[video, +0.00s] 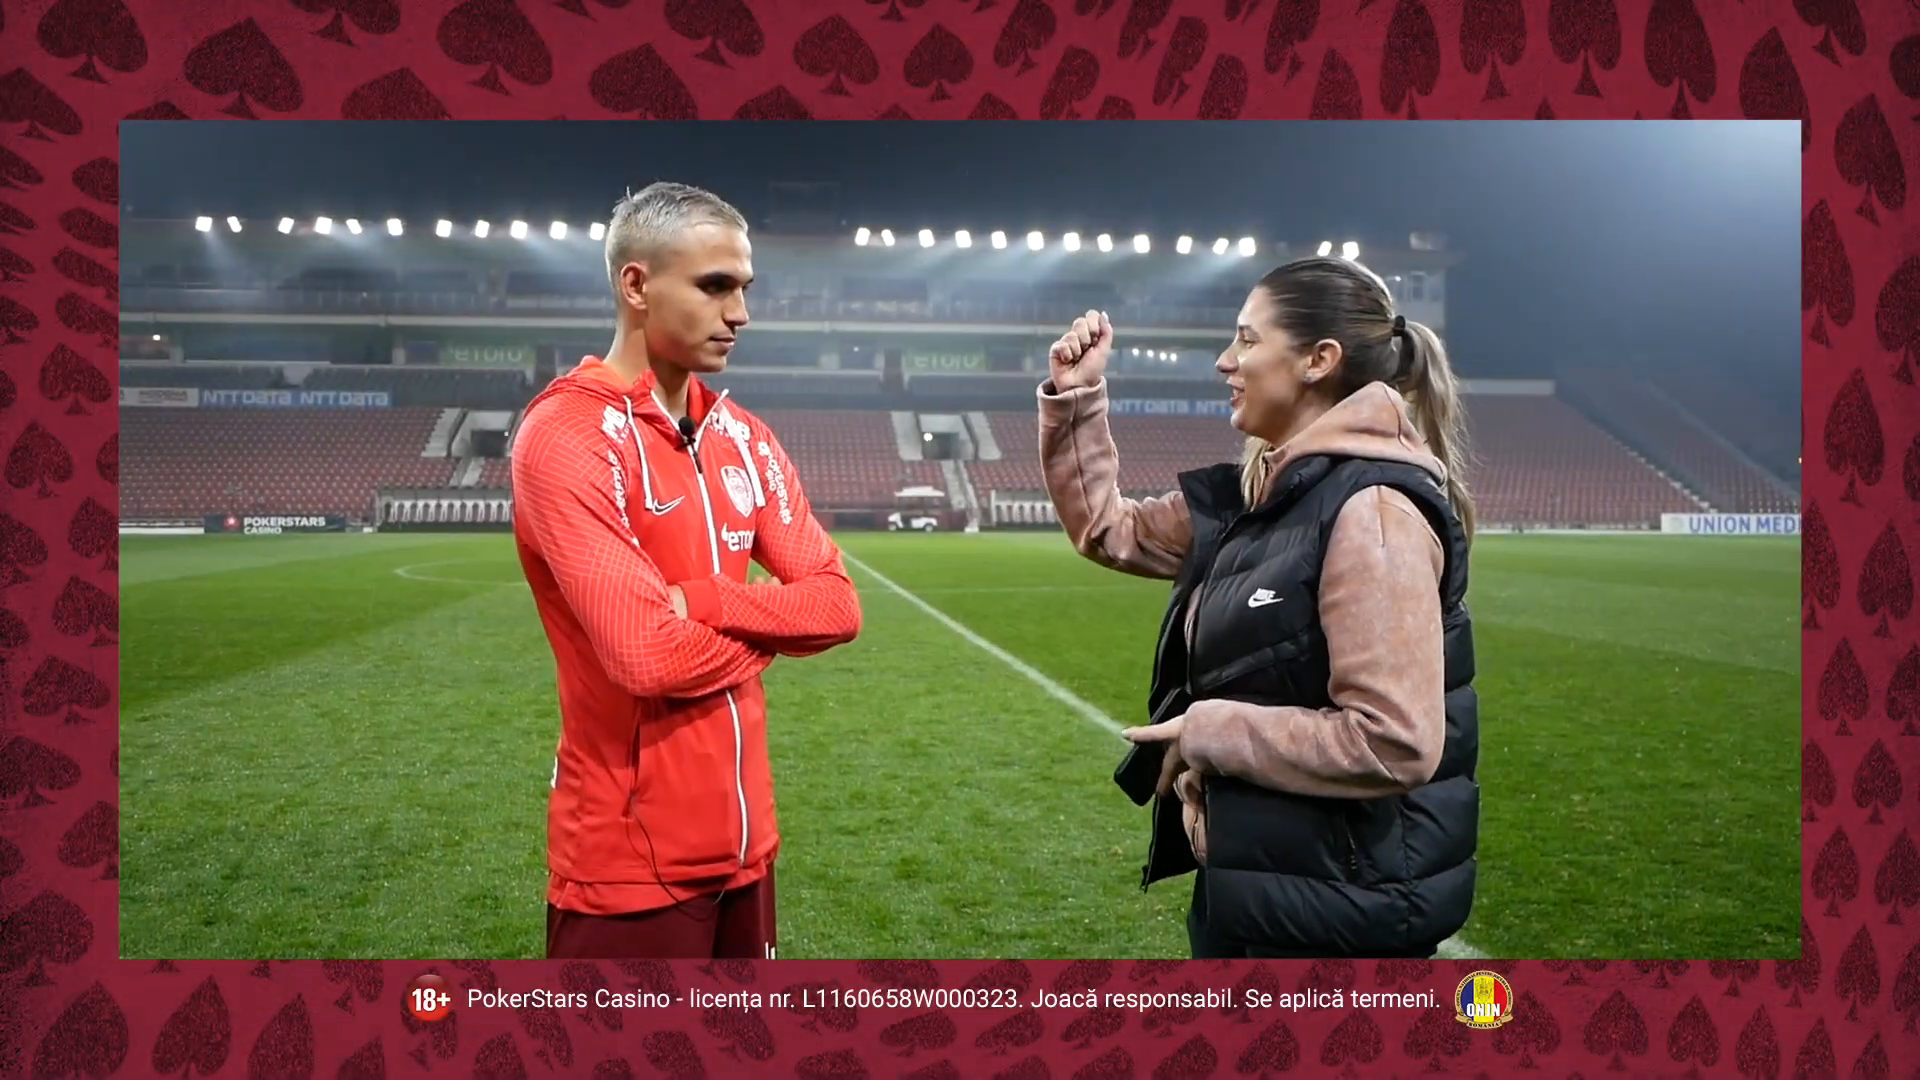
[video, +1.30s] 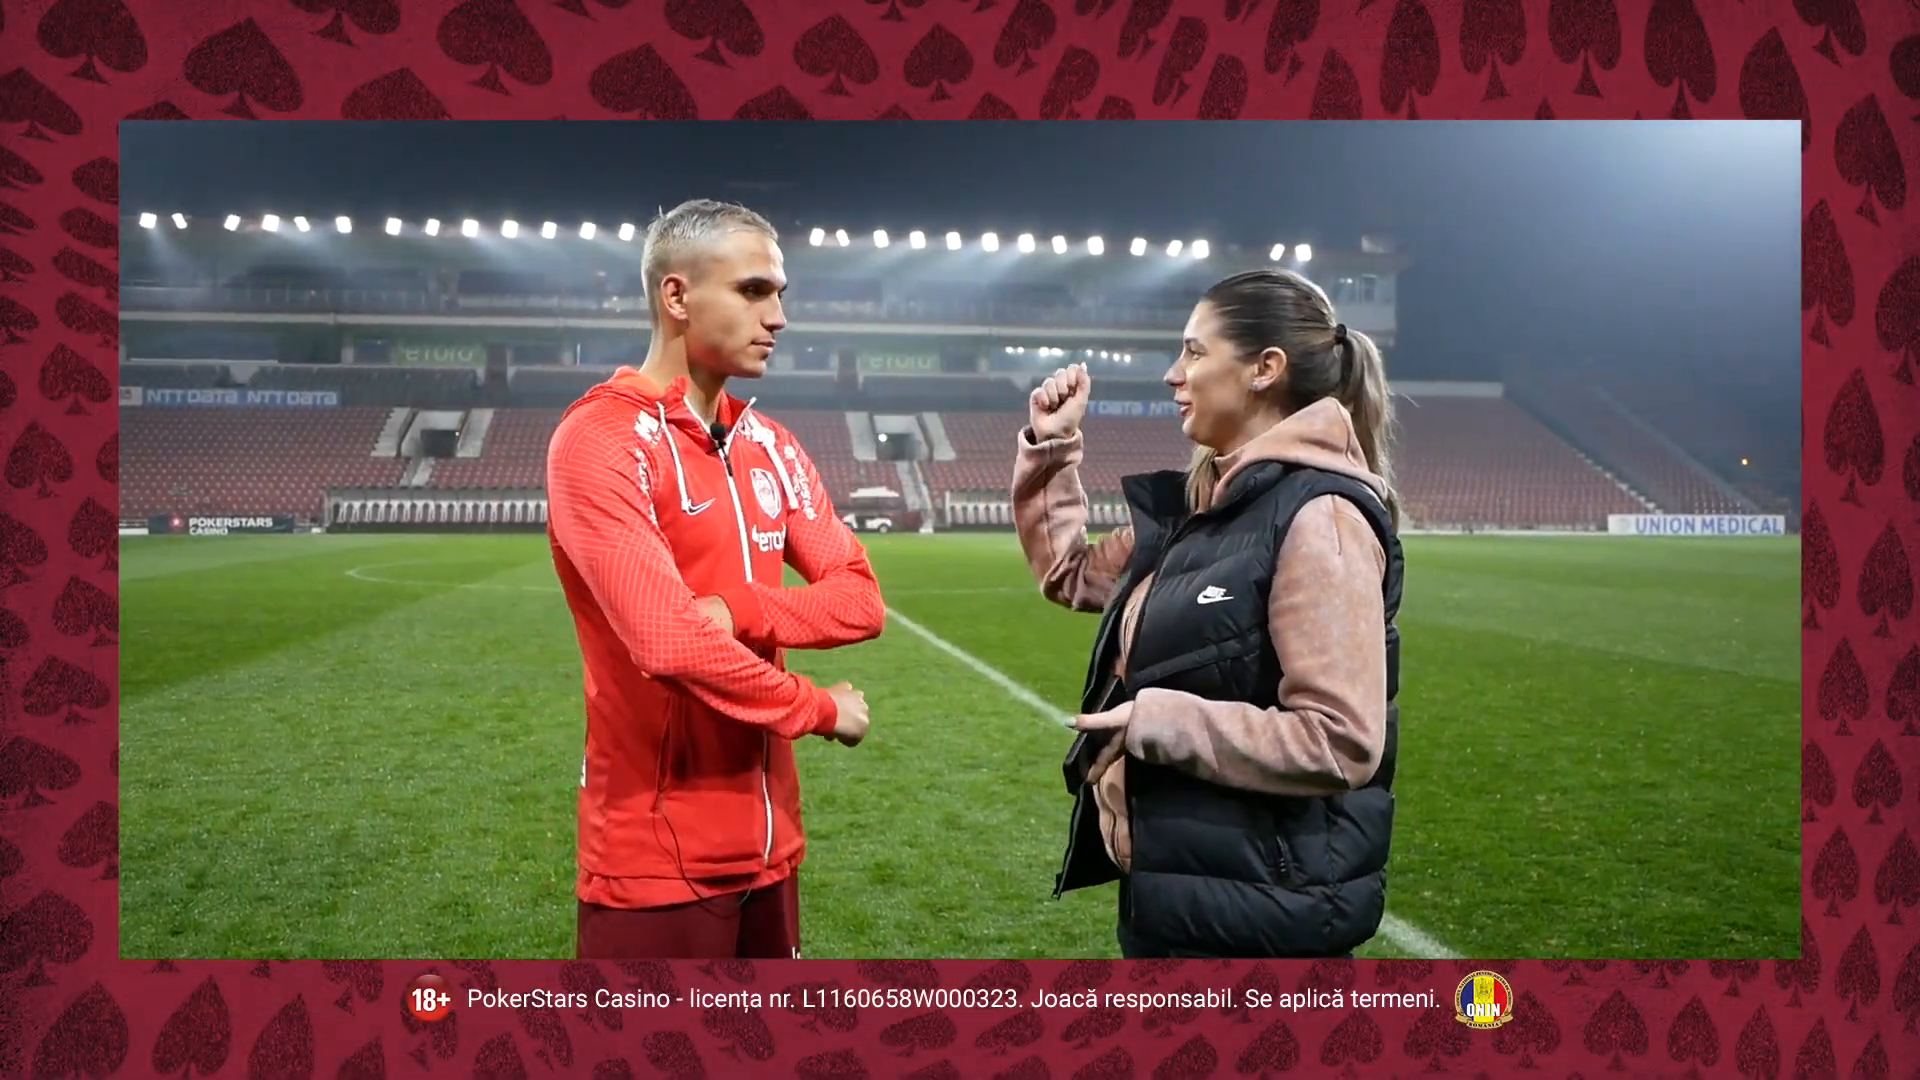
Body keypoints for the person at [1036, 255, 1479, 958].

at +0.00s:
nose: (1224, 361)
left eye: (1246, 340)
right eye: (1233, 341)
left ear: (1320, 360)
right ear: (1317, 362)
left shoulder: (1374, 512)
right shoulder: (1265, 492)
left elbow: (1395, 742)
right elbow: (1107, 530)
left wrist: (1211, 729)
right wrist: (1076, 399)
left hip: (1332, 918)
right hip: (1261, 904)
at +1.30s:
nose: (1173, 375)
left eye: (1194, 353)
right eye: (1180, 354)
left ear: (1266, 369)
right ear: (1263, 371)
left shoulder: (1322, 517)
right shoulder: (1215, 505)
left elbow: (1339, 742)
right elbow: (1069, 574)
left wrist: (1153, 720)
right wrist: (1050, 450)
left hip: (1258, 918)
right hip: (1183, 906)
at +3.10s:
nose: (1195, 393)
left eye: (1217, 370)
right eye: (1204, 372)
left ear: (1287, 386)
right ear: (1277, 385)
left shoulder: (1344, 525)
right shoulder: (1242, 512)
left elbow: (1286, 721)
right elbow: (1151, 673)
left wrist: (1138, 623)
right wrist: (1050, 606)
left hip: (1299, 909)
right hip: (1223, 900)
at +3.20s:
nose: (1198, 391)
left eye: (1218, 370)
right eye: (1205, 371)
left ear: (1288, 387)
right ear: (1285, 389)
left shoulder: (1342, 526)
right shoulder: (1246, 512)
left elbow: (1287, 729)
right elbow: (1167, 669)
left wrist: (1118, 664)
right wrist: (1049, 615)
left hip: (1294, 911)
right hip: (1223, 901)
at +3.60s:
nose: (1178, 383)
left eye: (1203, 361)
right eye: (1190, 362)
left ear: (1268, 384)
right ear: (1263, 385)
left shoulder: (1319, 528)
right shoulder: (1225, 515)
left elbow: (1334, 744)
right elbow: (1188, 699)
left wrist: (1160, 747)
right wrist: (1117, 656)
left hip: (1278, 917)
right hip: (1210, 910)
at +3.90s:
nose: (1157, 396)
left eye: (1175, 375)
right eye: (1164, 374)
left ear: (1242, 396)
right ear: (1240, 398)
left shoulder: (1316, 535)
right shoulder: (1218, 517)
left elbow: (1333, 752)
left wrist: (1156, 737)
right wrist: (1108, 654)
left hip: (1280, 921)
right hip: (1211, 911)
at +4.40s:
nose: (1178, 397)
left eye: (1200, 375)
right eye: (1188, 376)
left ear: (1269, 393)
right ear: (1261, 394)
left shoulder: (1338, 535)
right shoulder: (1226, 519)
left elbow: (1336, 750)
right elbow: (1180, 683)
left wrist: (1158, 700)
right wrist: (1094, 636)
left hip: (1292, 911)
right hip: (1213, 899)